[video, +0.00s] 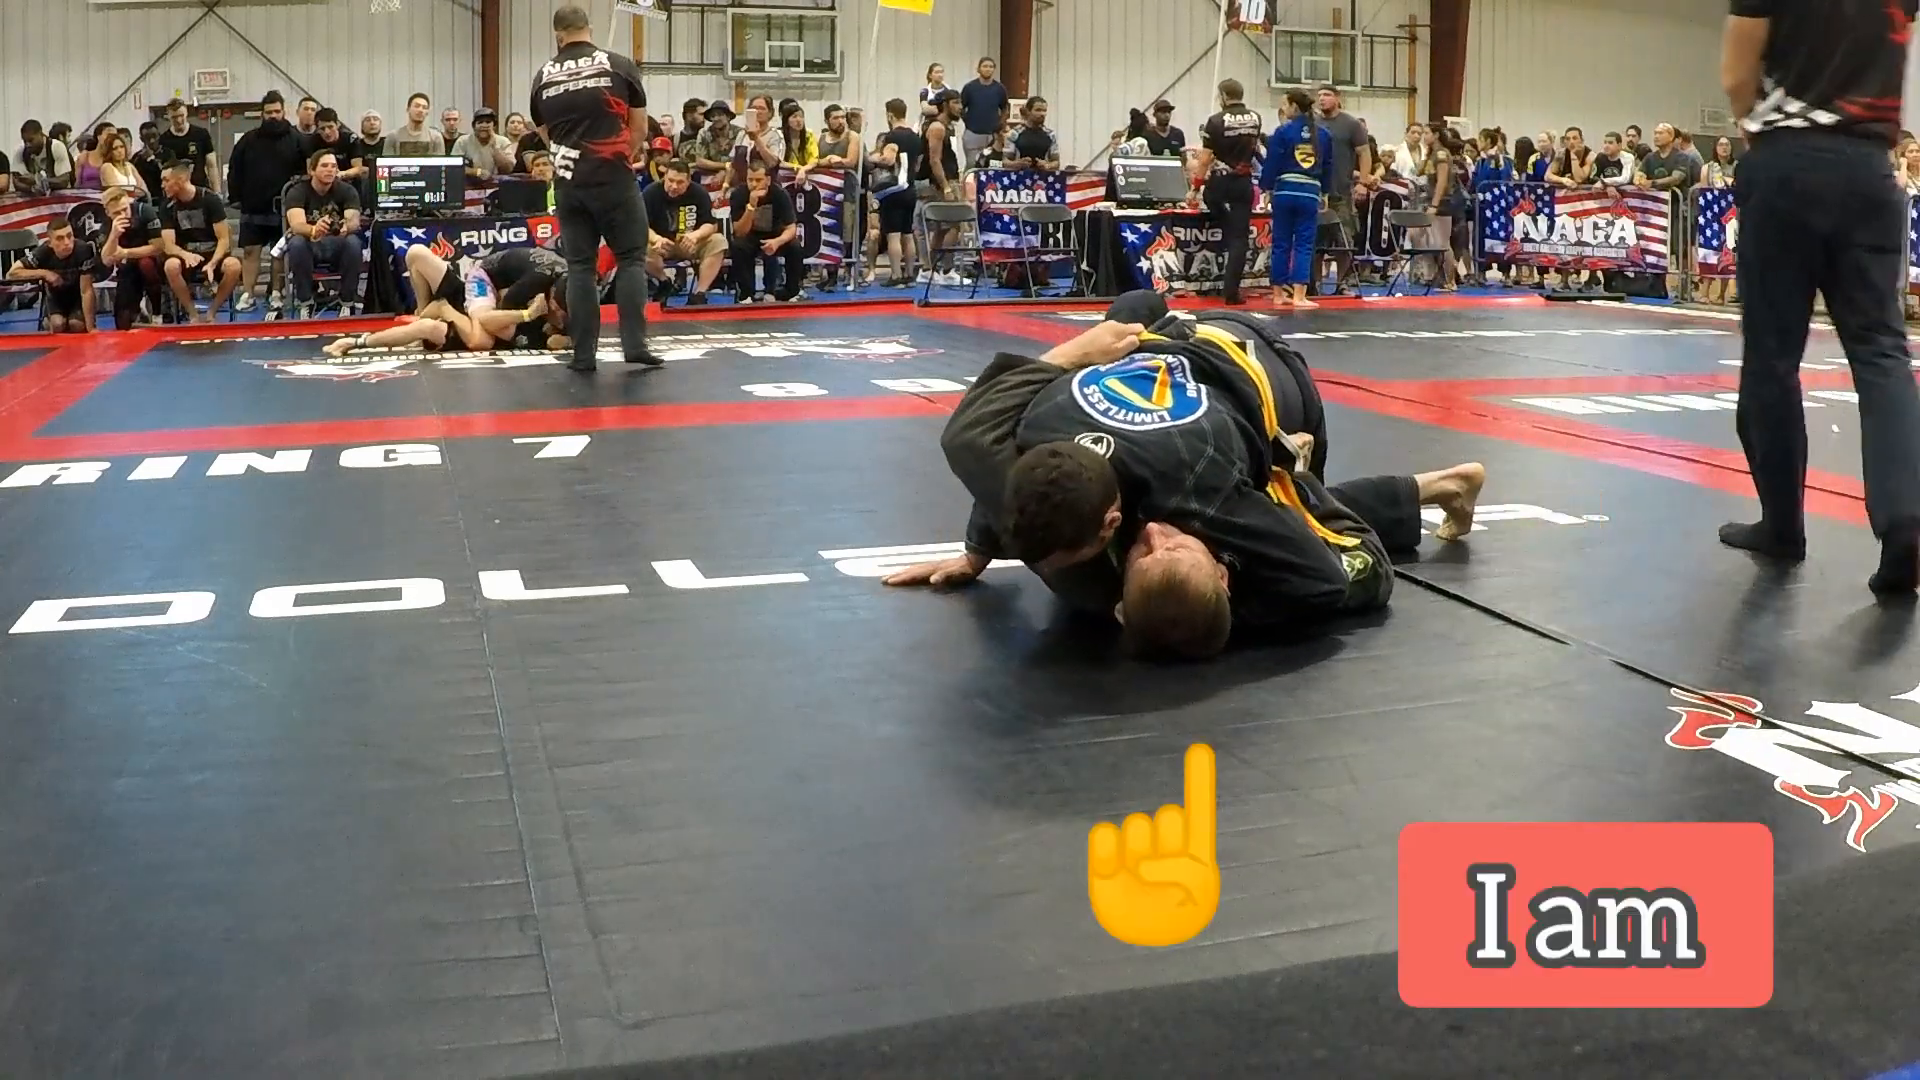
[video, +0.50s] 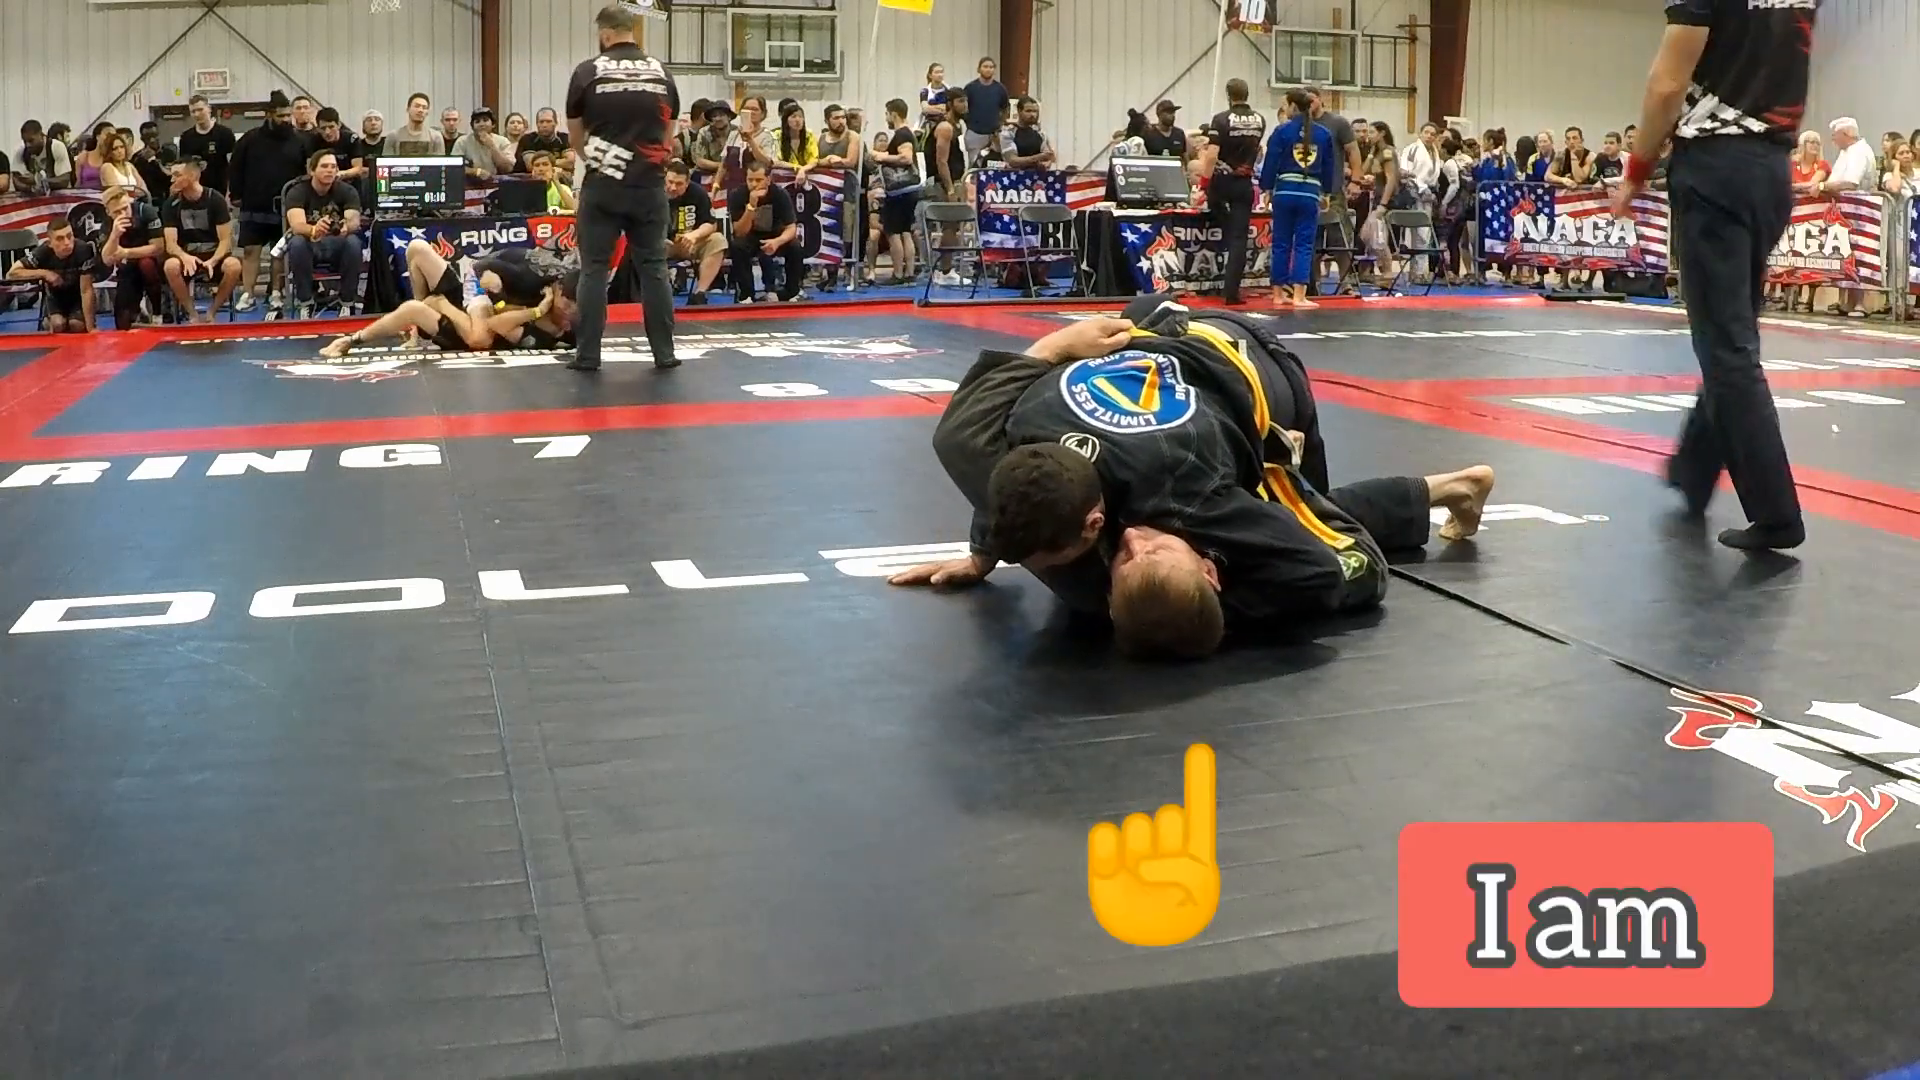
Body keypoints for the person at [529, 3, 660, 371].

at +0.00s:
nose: (562, 40)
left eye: (558, 36)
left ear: (556, 35)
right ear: (589, 28)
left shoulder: (543, 75)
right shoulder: (620, 64)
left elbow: (547, 135)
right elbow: (638, 130)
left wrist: (581, 155)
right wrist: (625, 158)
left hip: (567, 184)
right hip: (612, 178)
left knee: (580, 264)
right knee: (631, 258)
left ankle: (583, 356)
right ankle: (635, 347)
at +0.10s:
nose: (567, 40)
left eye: (562, 36)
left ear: (560, 35)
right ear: (592, 29)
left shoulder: (545, 75)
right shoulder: (622, 65)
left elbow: (548, 135)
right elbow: (640, 130)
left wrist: (579, 154)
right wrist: (628, 157)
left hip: (570, 184)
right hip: (616, 179)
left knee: (580, 266)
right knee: (634, 260)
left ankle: (584, 357)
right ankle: (650, 350)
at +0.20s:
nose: (567, 40)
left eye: (565, 35)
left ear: (566, 35)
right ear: (598, 31)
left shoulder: (550, 74)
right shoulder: (627, 66)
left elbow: (550, 137)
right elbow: (644, 132)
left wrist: (576, 160)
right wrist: (631, 160)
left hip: (574, 184)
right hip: (622, 180)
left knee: (581, 268)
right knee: (639, 262)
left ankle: (585, 357)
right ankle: (660, 350)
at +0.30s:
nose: (575, 40)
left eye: (573, 35)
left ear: (574, 34)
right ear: (607, 31)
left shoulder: (558, 73)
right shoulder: (637, 69)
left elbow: (553, 135)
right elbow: (650, 133)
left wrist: (578, 161)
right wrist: (627, 160)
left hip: (578, 182)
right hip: (627, 179)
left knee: (583, 265)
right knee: (643, 262)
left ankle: (586, 356)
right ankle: (663, 352)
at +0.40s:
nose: (583, 40)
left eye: (583, 35)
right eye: (585, 35)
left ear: (587, 35)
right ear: (616, 32)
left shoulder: (569, 73)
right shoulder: (645, 69)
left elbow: (560, 130)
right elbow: (658, 123)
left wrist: (580, 156)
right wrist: (642, 154)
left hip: (588, 185)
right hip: (636, 183)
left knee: (587, 266)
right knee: (646, 263)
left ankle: (586, 355)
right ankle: (662, 353)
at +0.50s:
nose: (599, 41)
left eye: (598, 37)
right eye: (601, 37)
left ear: (604, 35)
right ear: (633, 33)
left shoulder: (587, 71)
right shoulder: (660, 70)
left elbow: (576, 138)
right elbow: (669, 130)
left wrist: (599, 162)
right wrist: (650, 161)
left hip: (602, 186)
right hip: (649, 186)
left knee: (594, 269)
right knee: (654, 266)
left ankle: (588, 355)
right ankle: (665, 353)